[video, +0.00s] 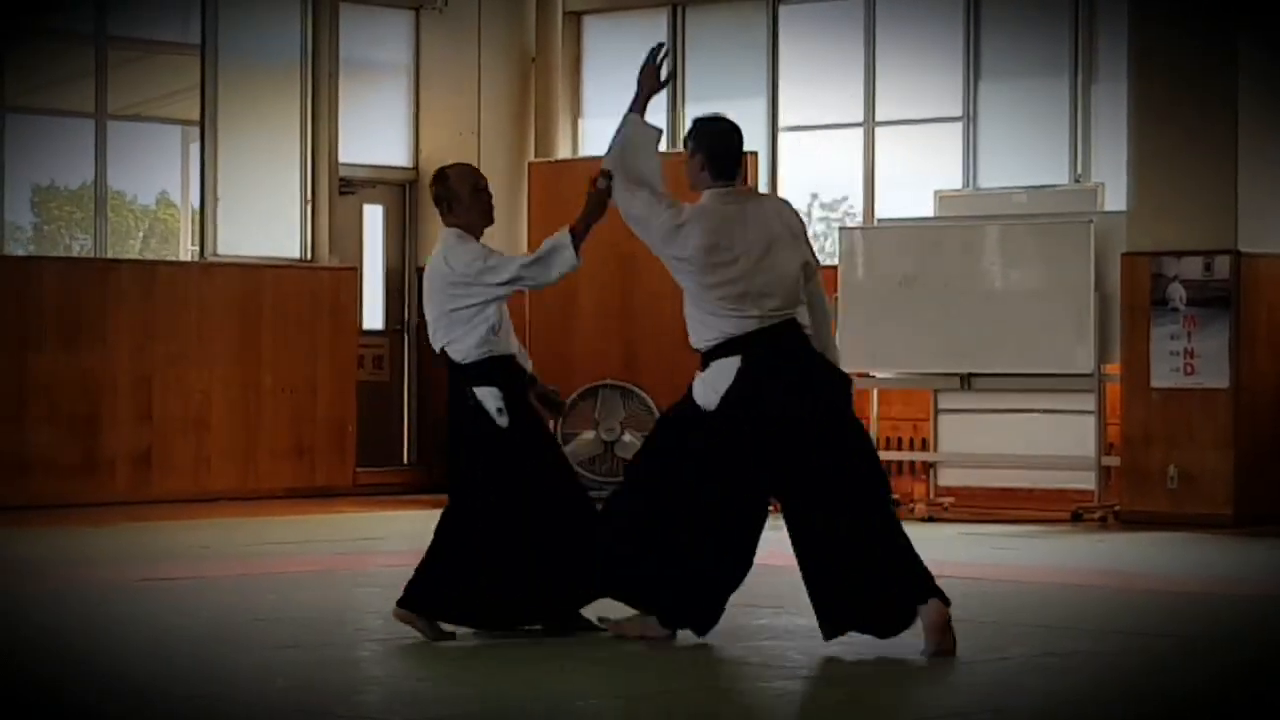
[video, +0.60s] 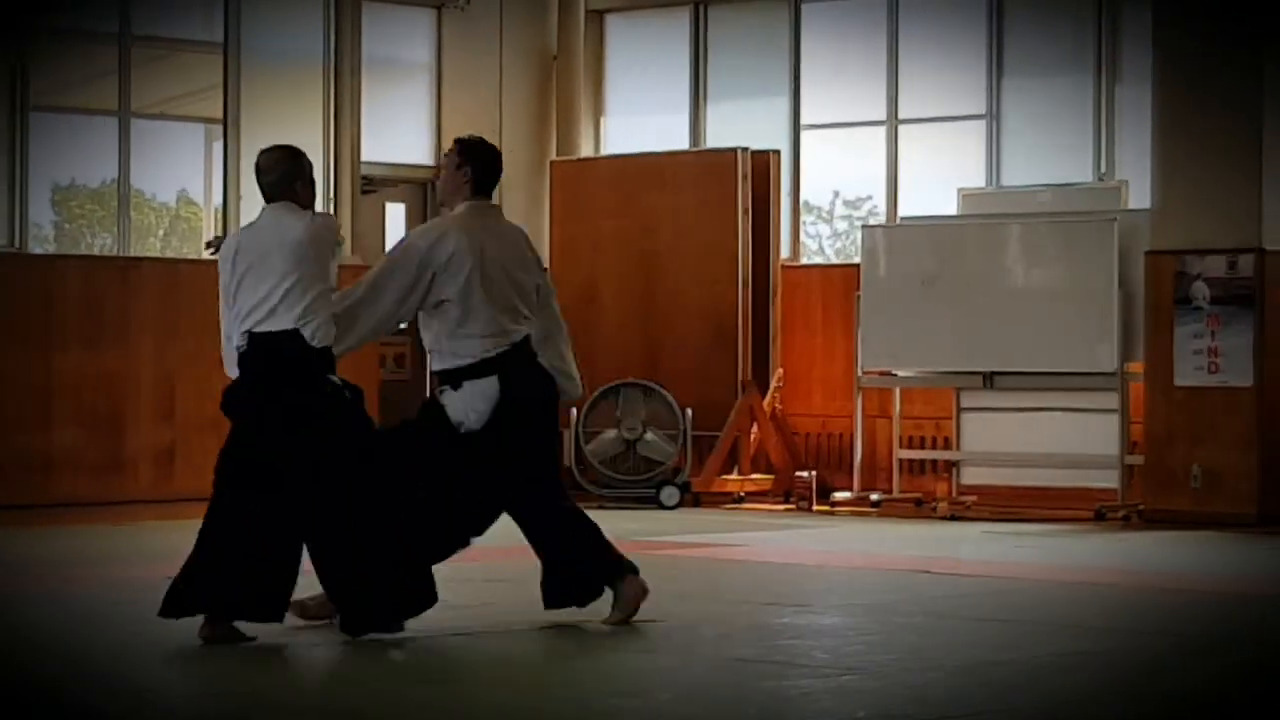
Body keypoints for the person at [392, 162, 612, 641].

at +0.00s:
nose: (491, 198)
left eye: (488, 190)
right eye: (479, 192)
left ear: (457, 207)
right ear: (452, 204)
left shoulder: (452, 256)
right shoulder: (463, 257)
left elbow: (488, 338)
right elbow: (532, 268)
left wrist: (531, 385)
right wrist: (589, 217)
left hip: (480, 387)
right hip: (486, 390)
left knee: (478, 498)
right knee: (555, 490)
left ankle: (423, 600)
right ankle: (556, 606)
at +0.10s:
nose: (464, 191)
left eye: (461, 183)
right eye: (453, 185)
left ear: (420, 200)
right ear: (426, 196)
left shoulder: (401, 255)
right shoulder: (445, 251)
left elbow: (421, 337)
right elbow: (521, 291)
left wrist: (487, 363)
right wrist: (551, 242)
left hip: (431, 389)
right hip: (463, 391)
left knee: (450, 499)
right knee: (519, 487)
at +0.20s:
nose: (440, 193)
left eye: (436, 185)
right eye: (431, 186)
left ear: (392, 197)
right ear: (406, 195)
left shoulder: (366, 254)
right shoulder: (420, 256)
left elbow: (387, 328)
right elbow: (478, 311)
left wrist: (448, 342)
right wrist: (501, 278)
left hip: (393, 387)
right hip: (429, 391)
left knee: (416, 500)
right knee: (457, 496)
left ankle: (414, 610)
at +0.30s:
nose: (407, 196)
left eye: (405, 187)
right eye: (402, 187)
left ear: (355, 195)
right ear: (385, 193)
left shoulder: (333, 252)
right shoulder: (394, 250)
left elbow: (326, 330)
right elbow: (459, 301)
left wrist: (359, 366)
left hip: (362, 392)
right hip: (402, 392)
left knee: (396, 497)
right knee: (440, 495)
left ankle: (342, 582)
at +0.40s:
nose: (376, 196)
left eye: (374, 187)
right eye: (371, 188)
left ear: (323, 196)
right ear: (353, 194)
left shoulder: (296, 254)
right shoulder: (372, 242)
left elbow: (291, 333)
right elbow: (420, 288)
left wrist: (318, 372)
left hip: (327, 390)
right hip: (375, 388)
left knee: (335, 499)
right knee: (416, 492)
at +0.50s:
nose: (342, 193)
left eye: (338, 184)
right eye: (338, 185)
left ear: (291, 196)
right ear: (327, 190)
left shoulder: (265, 252)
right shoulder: (351, 237)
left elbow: (261, 330)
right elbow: (363, 290)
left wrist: (281, 375)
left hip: (287, 385)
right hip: (338, 384)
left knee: (260, 497)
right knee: (381, 491)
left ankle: (206, 606)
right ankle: (387, 611)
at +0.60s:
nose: (314, 188)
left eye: (311, 181)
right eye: (311, 181)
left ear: (261, 191)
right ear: (301, 185)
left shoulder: (233, 244)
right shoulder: (322, 229)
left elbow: (229, 322)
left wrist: (238, 375)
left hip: (254, 375)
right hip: (304, 374)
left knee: (244, 495)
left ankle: (217, 617)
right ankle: (361, 606)